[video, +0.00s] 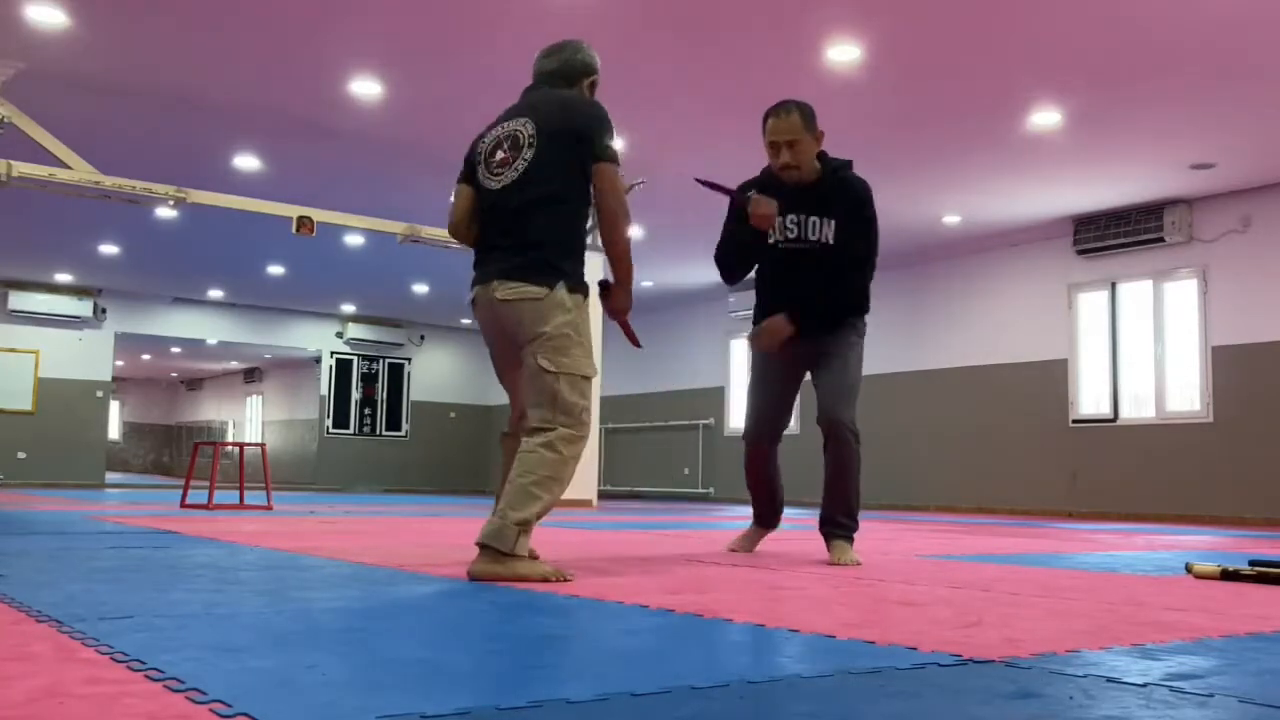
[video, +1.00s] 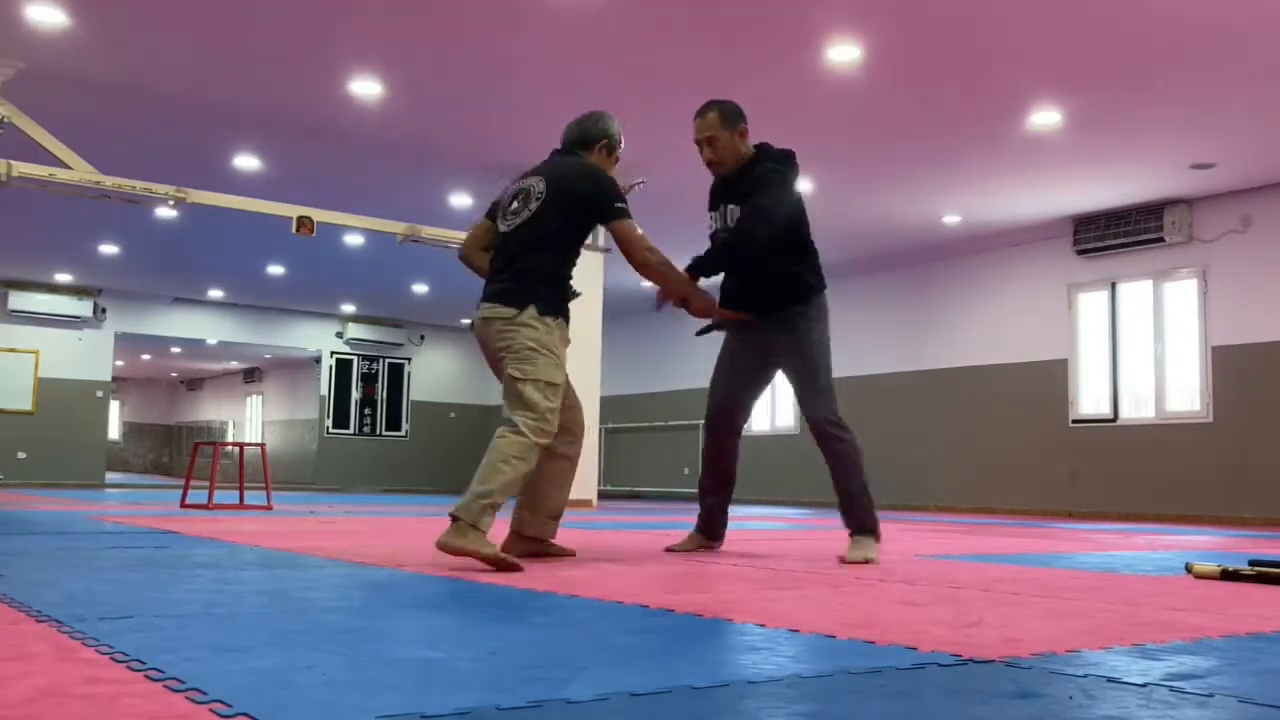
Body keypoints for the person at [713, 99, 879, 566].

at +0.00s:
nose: (783, 158)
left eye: (793, 146)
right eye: (773, 148)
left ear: (818, 141)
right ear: (764, 147)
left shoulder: (851, 193)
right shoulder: (753, 194)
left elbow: (856, 279)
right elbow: (730, 270)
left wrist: (792, 319)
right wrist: (753, 226)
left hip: (838, 327)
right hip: (777, 328)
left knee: (838, 422)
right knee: (758, 434)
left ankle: (839, 535)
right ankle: (765, 519)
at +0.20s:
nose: (797, 159)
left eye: (807, 147)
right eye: (789, 148)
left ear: (833, 143)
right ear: (780, 147)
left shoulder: (865, 194)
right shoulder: (767, 190)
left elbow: (898, 242)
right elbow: (729, 227)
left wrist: (899, 291)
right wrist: (716, 193)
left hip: (841, 334)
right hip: (779, 333)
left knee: (844, 425)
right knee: (752, 428)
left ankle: (836, 536)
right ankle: (728, 520)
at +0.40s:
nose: (780, 159)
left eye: (790, 147)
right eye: (773, 148)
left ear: (819, 143)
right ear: (766, 147)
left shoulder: (855, 192)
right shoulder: (758, 191)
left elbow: (890, 246)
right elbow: (728, 237)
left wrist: (874, 287)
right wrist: (717, 215)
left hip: (834, 333)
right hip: (773, 332)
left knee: (839, 424)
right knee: (745, 428)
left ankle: (834, 535)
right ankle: (729, 520)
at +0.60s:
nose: (769, 158)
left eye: (778, 146)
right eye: (762, 148)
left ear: (807, 142)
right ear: (756, 148)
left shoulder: (849, 191)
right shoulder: (749, 197)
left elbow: (887, 255)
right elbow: (719, 242)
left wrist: (837, 265)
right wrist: (703, 235)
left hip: (834, 333)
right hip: (773, 333)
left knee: (836, 424)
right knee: (743, 429)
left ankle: (833, 536)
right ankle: (730, 522)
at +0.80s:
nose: (749, 161)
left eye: (757, 149)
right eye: (743, 152)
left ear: (787, 141)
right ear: (740, 152)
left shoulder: (827, 180)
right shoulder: (747, 197)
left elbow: (825, 232)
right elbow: (727, 251)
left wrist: (759, 207)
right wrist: (707, 286)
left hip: (830, 329)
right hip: (772, 330)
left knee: (822, 423)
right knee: (725, 422)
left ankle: (834, 537)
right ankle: (725, 525)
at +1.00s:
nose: (704, 153)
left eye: (711, 142)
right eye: (699, 144)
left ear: (742, 136)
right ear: (699, 145)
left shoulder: (775, 174)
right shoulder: (721, 188)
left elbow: (750, 239)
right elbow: (737, 253)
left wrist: (690, 273)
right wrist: (724, 305)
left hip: (799, 318)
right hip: (749, 323)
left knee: (823, 419)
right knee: (721, 419)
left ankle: (864, 534)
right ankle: (709, 531)